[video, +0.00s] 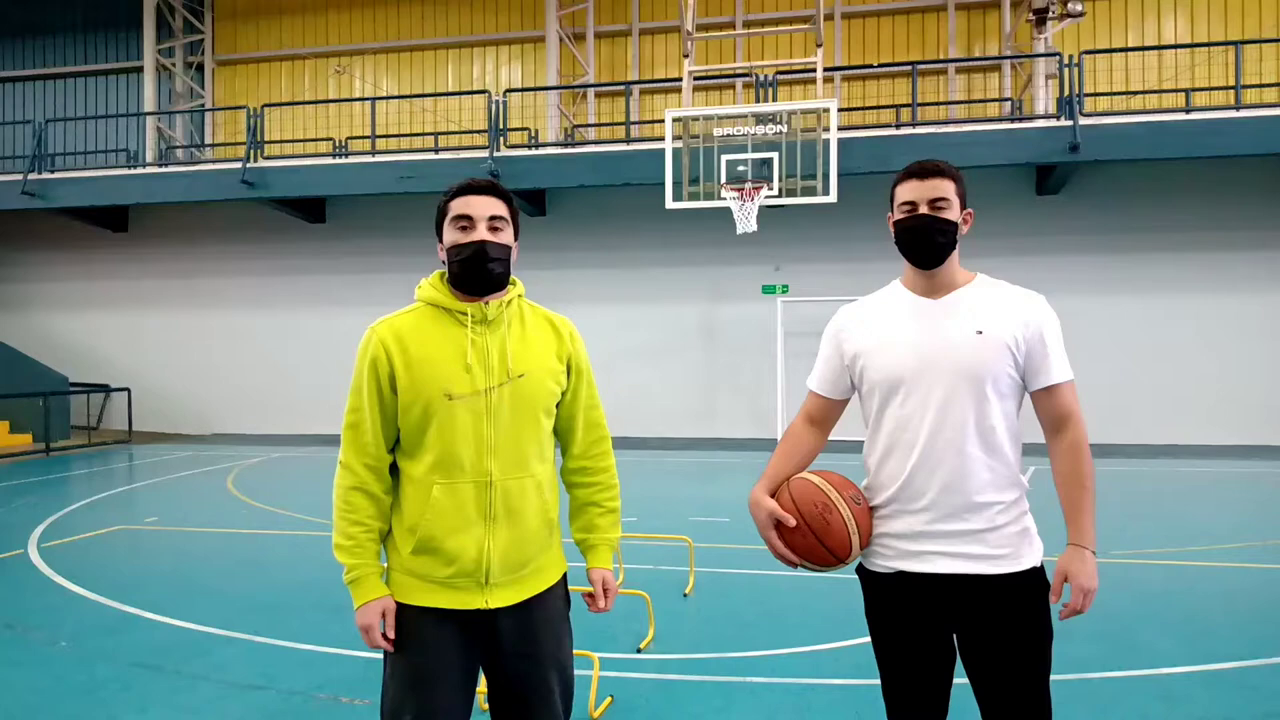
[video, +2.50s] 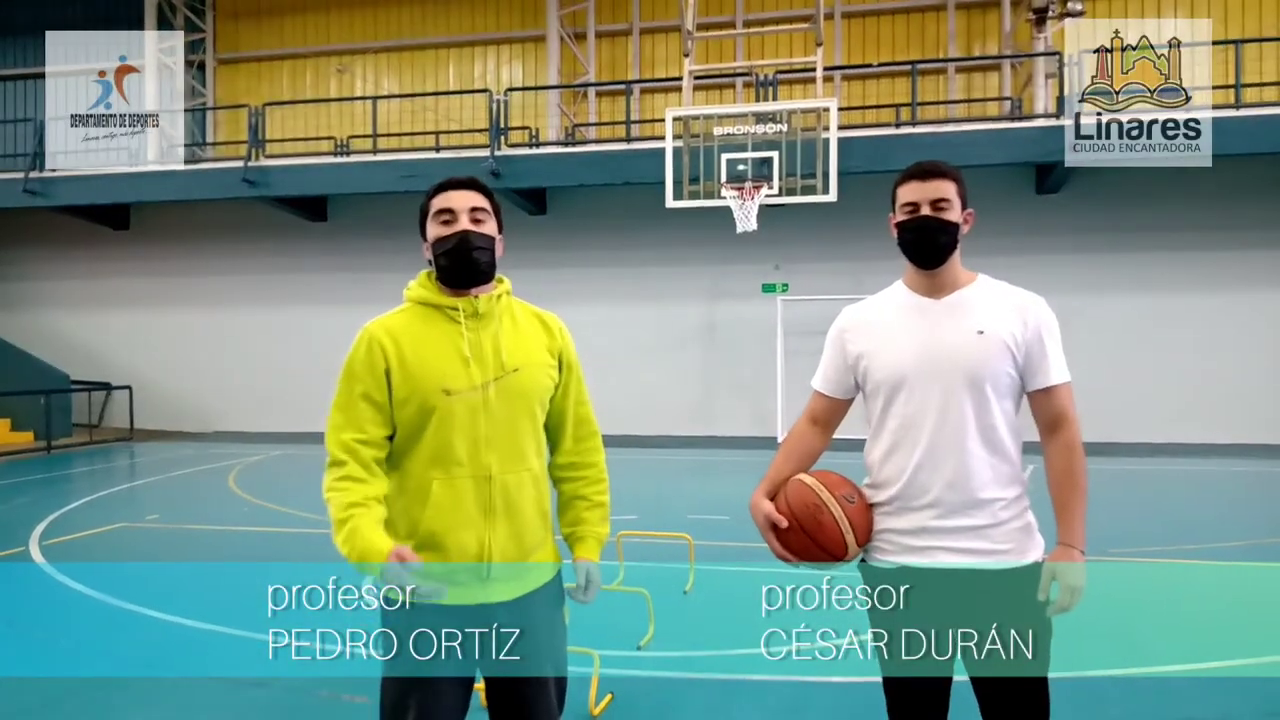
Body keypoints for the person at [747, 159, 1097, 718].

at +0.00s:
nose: (923, 218)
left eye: (939, 206)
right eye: (907, 209)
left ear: (965, 221)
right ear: (891, 226)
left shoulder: (1022, 314)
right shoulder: (854, 324)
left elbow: (1065, 429)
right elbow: (812, 422)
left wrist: (1080, 544)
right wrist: (761, 490)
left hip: (1003, 567)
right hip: (897, 570)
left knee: (1020, 715)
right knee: (912, 716)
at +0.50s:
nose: (922, 218)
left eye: (938, 207)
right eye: (907, 209)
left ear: (965, 220)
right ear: (891, 226)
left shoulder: (1022, 313)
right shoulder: (855, 324)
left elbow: (1063, 430)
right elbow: (812, 423)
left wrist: (1074, 544)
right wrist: (762, 489)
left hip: (1003, 563)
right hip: (898, 565)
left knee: (1020, 709)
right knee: (912, 712)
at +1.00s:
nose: (923, 217)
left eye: (939, 205)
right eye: (908, 208)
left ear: (966, 218)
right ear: (892, 226)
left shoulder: (1022, 313)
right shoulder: (857, 324)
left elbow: (1062, 430)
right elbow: (815, 424)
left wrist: (1073, 544)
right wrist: (762, 487)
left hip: (1003, 561)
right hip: (899, 563)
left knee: (1019, 710)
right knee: (913, 712)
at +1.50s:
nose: (919, 219)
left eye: (934, 207)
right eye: (904, 212)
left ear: (962, 220)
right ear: (890, 231)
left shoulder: (1022, 314)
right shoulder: (857, 326)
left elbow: (1061, 430)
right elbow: (815, 425)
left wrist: (1070, 544)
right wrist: (762, 490)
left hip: (1003, 563)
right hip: (898, 565)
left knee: (1017, 710)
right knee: (913, 713)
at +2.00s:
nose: (921, 218)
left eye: (936, 206)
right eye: (906, 210)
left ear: (963, 219)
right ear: (890, 229)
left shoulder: (1022, 312)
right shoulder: (856, 324)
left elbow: (1060, 428)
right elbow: (813, 423)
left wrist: (1073, 542)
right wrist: (763, 491)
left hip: (1002, 560)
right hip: (899, 562)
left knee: (1018, 710)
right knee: (912, 712)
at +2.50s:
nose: (925, 218)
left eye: (940, 207)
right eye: (910, 209)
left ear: (966, 220)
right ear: (893, 227)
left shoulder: (1022, 314)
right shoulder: (858, 324)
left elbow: (1060, 431)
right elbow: (815, 424)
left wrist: (1070, 545)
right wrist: (763, 492)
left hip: (1003, 561)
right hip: (900, 563)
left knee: (1018, 711)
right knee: (913, 713)